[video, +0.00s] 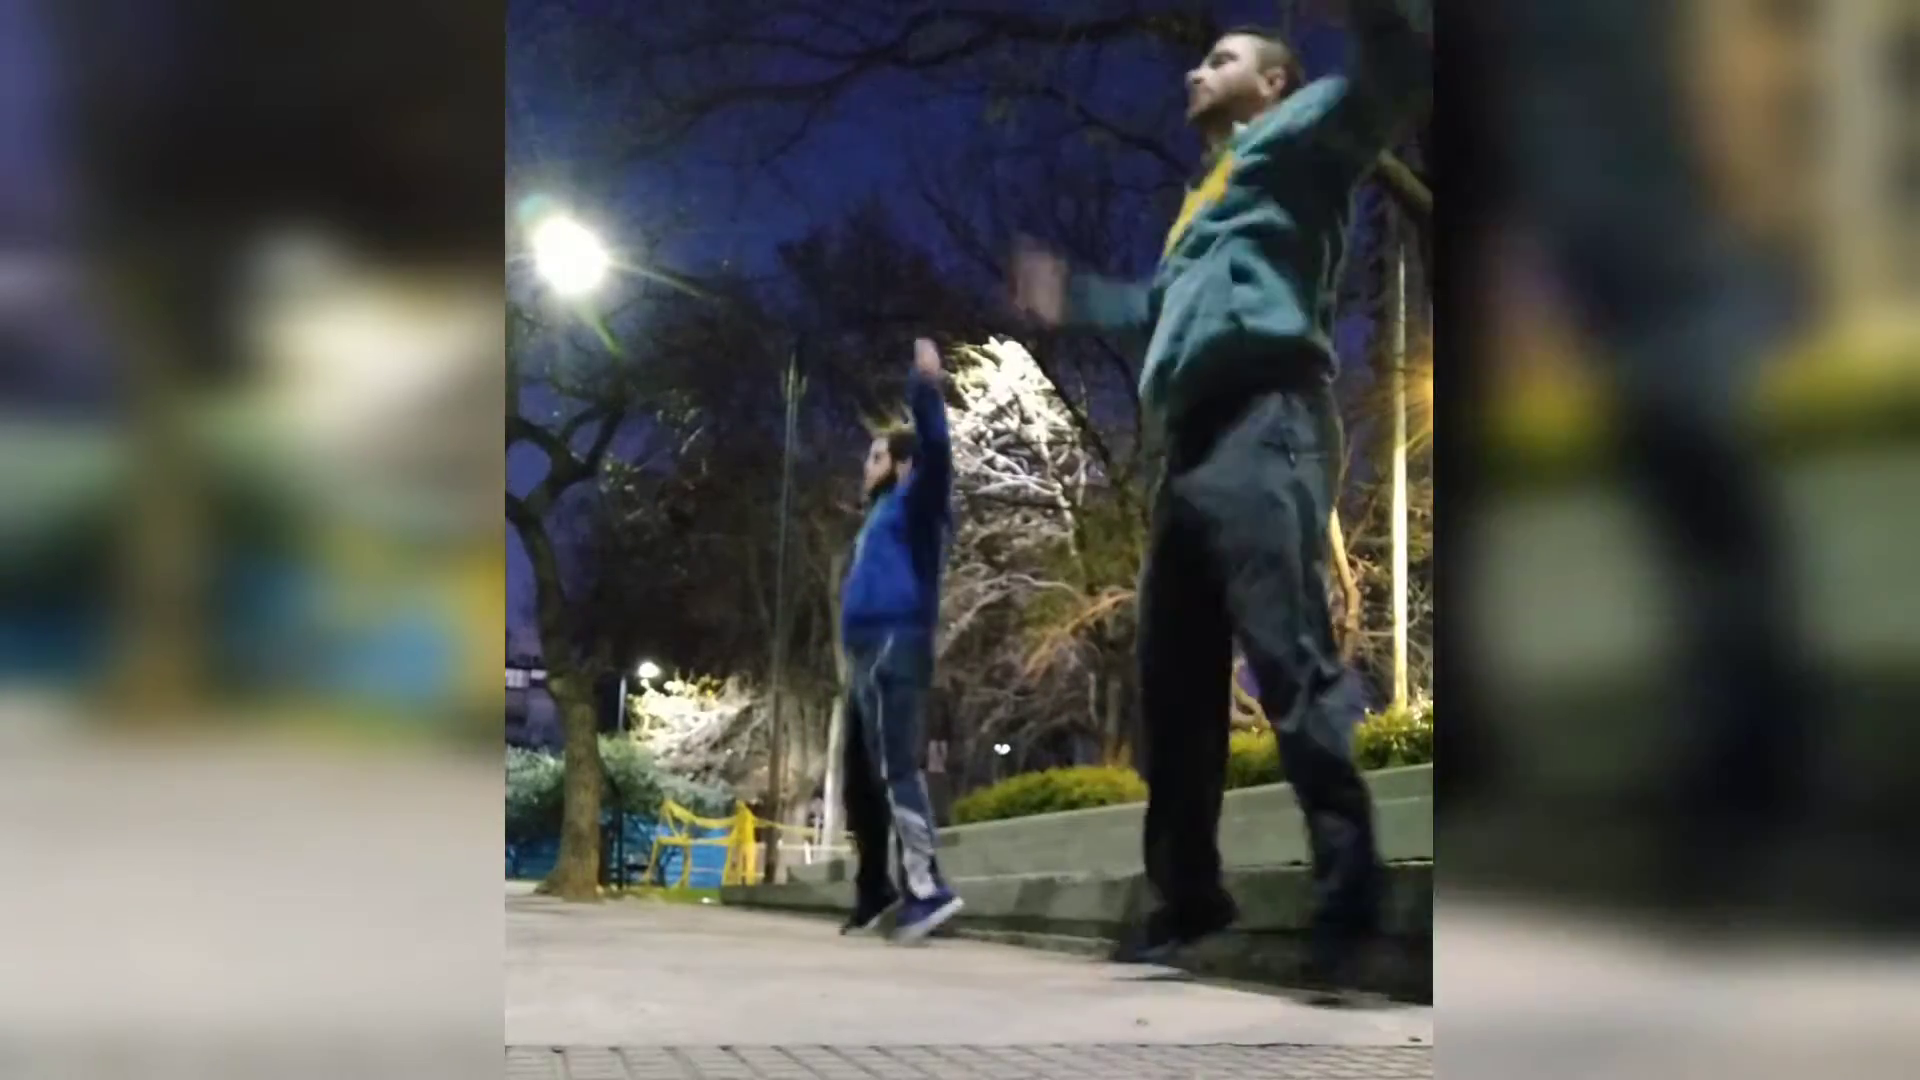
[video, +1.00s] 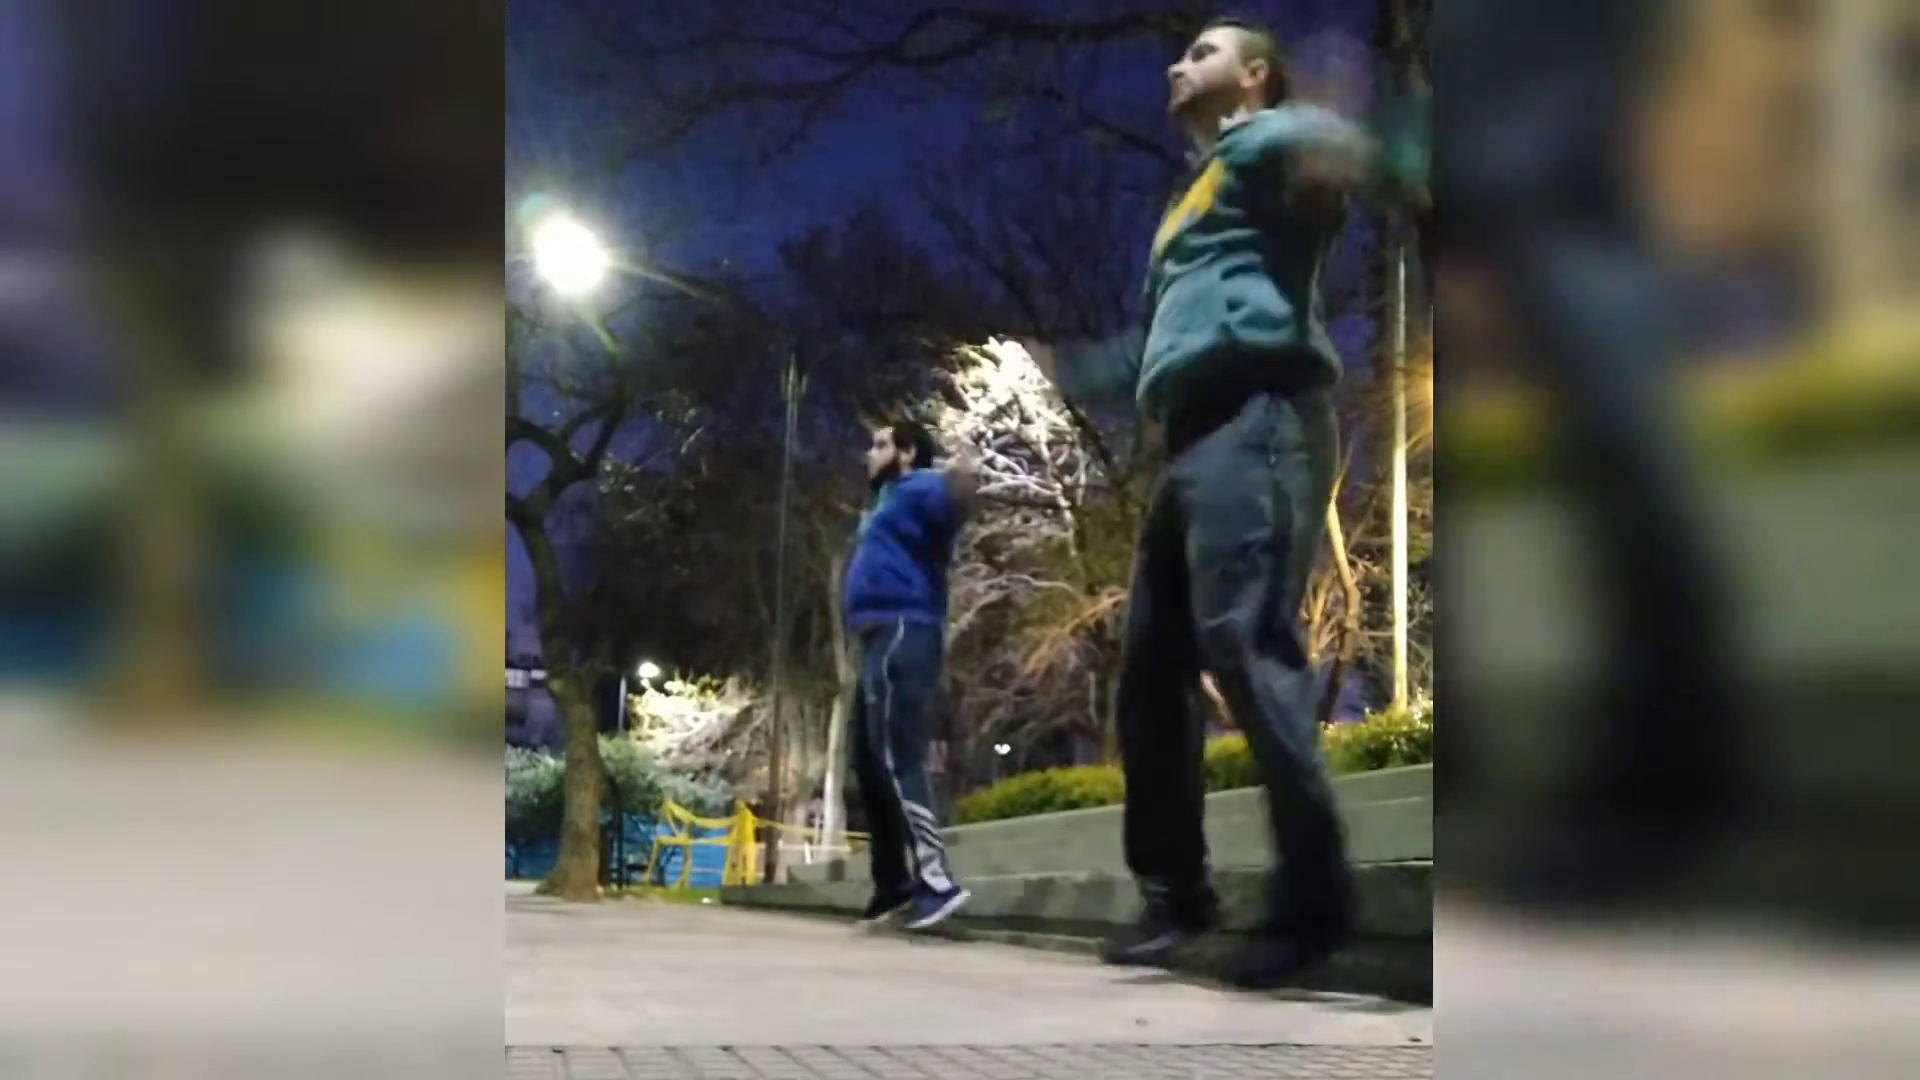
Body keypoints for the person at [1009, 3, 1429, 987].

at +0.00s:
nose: (1197, 73)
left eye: (1221, 61)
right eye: (1201, 63)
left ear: (1275, 80)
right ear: (1221, 95)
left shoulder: (1297, 140)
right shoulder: (1200, 214)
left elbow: (1388, 81)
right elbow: (1162, 309)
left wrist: (1380, 4)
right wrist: (1071, 294)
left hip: (1268, 419)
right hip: (1192, 446)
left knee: (1292, 660)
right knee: (1176, 679)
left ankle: (1351, 900)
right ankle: (1188, 895)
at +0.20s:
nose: (1179, 129)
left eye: (1202, 118)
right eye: (1180, 121)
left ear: (1253, 145)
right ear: (1192, 157)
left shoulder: (1289, 222)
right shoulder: (1196, 255)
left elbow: (1357, 360)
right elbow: (1194, 392)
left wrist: (1297, 444)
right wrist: (1156, 507)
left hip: (1250, 504)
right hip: (1179, 517)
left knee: (1229, 725)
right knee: (1156, 726)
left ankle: (1281, 947)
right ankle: (1223, 938)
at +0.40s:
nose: (1191, 86)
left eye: (1213, 72)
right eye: (1194, 75)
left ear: (1264, 95)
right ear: (1213, 106)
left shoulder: (1298, 173)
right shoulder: (1207, 209)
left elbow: (1352, 272)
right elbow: (1192, 347)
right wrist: (1159, 446)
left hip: (1259, 447)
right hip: (1193, 461)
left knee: (1243, 696)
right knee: (1183, 707)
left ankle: (1280, 942)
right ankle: (1220, 934)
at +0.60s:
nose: (1196, 79)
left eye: (1219, 69)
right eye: (1198, 72)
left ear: (1272, 90)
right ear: (1204, 105)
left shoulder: (1285, 162)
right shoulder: (1188, 218)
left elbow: (1343, 55)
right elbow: (1160, 250)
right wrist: (1123, 170)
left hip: (1262, 432)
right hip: (1190, 455)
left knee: (1297, 682)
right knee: (1170, 703)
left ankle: (1385, 933)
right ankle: (1170, 908)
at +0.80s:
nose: (1189, 133)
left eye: (1211, 118)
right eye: (1187, 125)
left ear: (1260, 138)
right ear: (1190, 160)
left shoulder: (1288, 208)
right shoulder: (1173, 247)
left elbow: (1335, 39)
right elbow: (1146, 207)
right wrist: (1165, 129)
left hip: (1264, 484)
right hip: (1189, 511)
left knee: (1274, 723)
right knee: (1150, 747)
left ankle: (1403, 952)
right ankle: (1169, 937)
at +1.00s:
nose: (1177, 68)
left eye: (1199, 52)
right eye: (1179, 56)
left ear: (1256, 74)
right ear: (1201, 85)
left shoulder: (1269, 139)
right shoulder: (1192, 199)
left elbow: (1348, 153)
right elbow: (1168, 346)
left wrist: (1329, 157)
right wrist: (1061, 373)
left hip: (1259, 421)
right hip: (1194, 445)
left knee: (1243, 645)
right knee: (1150, 676)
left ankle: (1315, 914)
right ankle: (1177, 900)